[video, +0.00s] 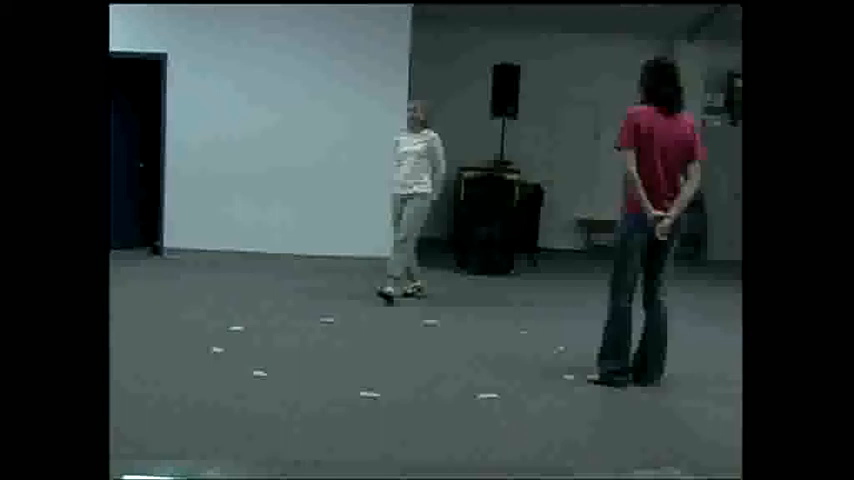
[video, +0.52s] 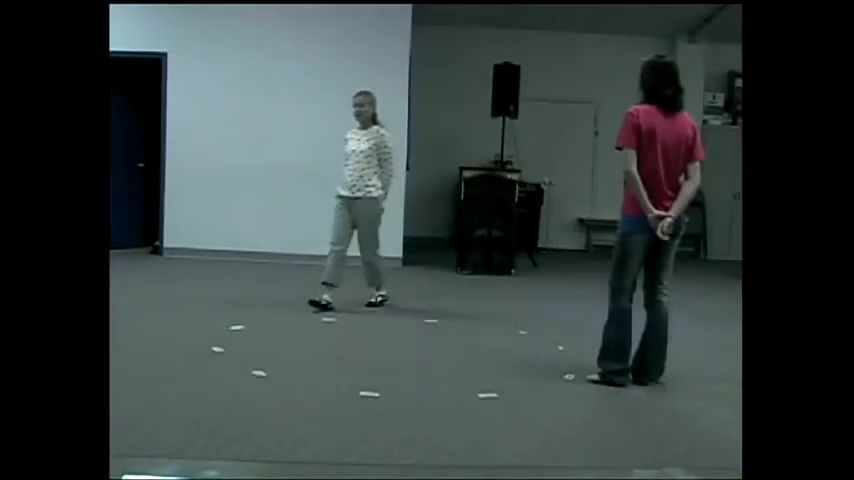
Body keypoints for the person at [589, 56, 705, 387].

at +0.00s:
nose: (640, 88)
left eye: (642, 83)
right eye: (643, 83)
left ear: (647, 87)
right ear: (675, 86)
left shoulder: (636, 117)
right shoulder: (687, 124)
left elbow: (631, 169)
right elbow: (693, 178)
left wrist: (650, 209)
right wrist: (670, 216)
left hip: (636, 217)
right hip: (668, 219)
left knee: (622, 292)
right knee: (656, 292)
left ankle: (613, 368)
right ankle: (650, 368)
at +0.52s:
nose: (642, 86)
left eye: (643, 81)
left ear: (646, 85)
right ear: (676, 85)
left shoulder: (636, 116)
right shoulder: (688, 124)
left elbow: (630, 168)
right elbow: (694, 178)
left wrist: (651, 210)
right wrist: (673, 215)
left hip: (638, 219)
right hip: (671, 220)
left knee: (622, 291)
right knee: (658, 292)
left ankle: (614, 369)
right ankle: (650, 370)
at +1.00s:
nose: (641, 87)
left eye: (642, 81)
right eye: (644, 81)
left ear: (645, 84)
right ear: (675, 85)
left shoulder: (637, 116)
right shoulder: (688, 124)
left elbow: (630, 168)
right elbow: (693, 178)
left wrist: (650, 210)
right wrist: (673, 215)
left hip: (638, 219)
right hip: (671, 220)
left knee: (622, 291)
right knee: (658, 292)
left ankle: (614, 369)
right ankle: (650, 369)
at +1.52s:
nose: (641, 86)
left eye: (642, 80)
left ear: (645, 84)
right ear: (675, 85)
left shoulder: (636, 116)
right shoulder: (688, 124)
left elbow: (630, 168)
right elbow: (693, 178)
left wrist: (650, 210)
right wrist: (673, 216)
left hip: (638, 219)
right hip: (671, 220)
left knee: (622, 291)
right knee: (658, 291)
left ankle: (614, 369)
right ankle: (649, 369)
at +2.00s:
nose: (642, 86)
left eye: (643, 80)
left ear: (647, 84)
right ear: (676, 85)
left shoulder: (637, 116)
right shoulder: (688, 124)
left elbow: (631, 168)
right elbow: (694, 178)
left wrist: (651, 210)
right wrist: (673, 216)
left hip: (638, 219)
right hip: (672, 221)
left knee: (622, 290)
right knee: (658, 293)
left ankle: (614, 368)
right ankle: (649, 370)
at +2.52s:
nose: (642, 86)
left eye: (643, 80)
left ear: (647, 84)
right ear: (676, 85)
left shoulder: (638, 116)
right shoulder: (689, 124)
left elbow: (631, 169)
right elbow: (694, 178)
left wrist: (651, 210)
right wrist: (674, 216)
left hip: (639, 219)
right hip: (672, 220)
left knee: (622, 291)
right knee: (659, 293)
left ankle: (615, 368)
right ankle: (649, 370)